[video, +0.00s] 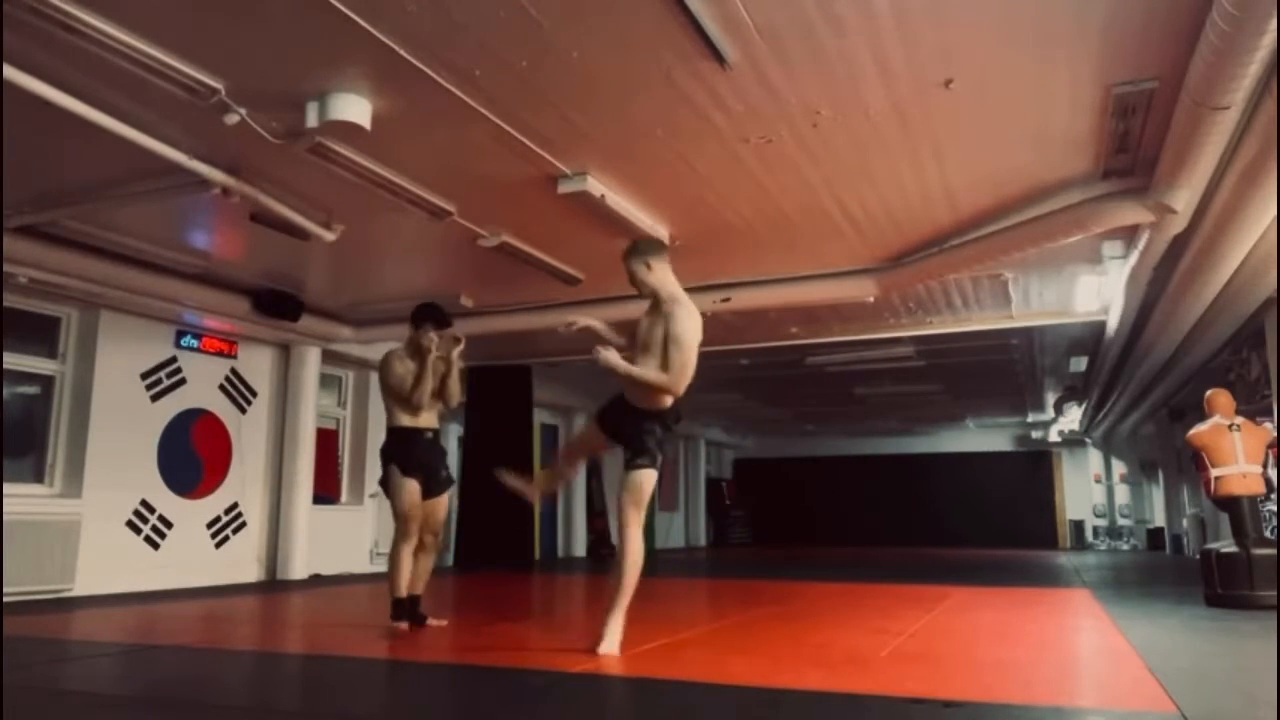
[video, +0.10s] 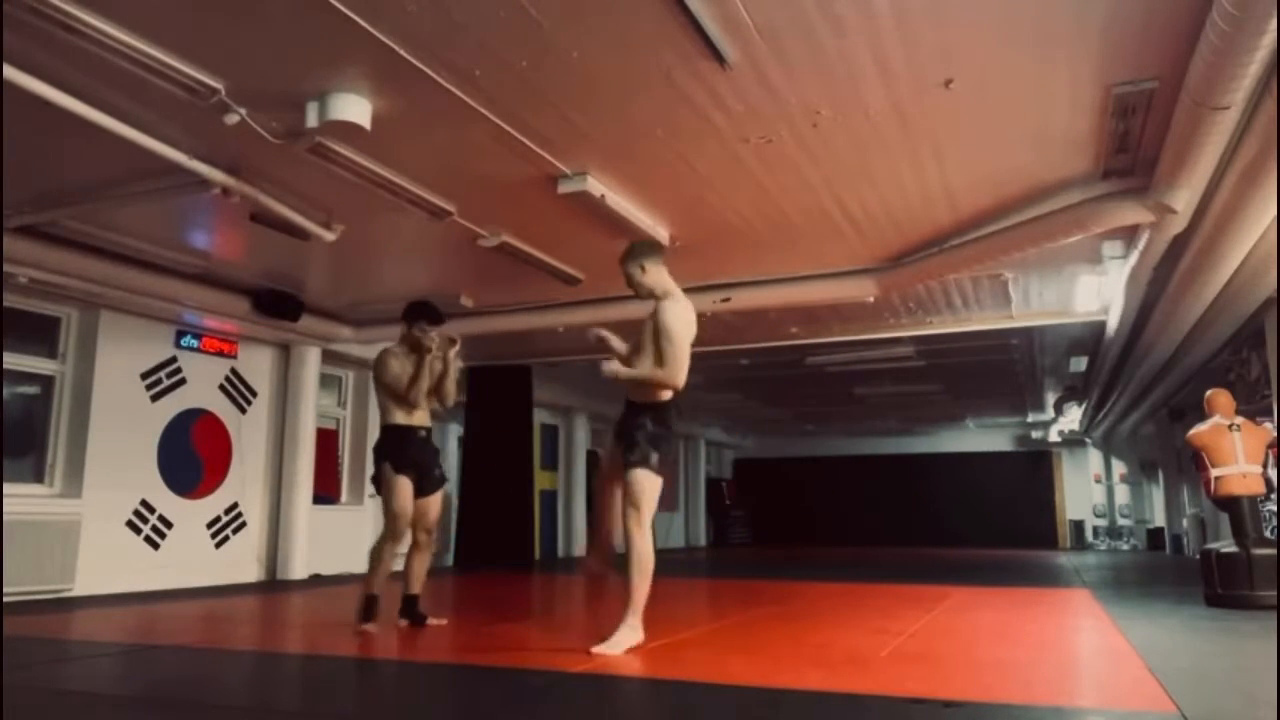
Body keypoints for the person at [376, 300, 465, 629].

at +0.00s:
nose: (435, 339)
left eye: (440, 334)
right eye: (431, 332)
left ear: (443, 336)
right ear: (415, 329)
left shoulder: (439, 363)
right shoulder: (394, 360)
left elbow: (452, 400)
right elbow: (415, 401)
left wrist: (453, 358)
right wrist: (428, 358)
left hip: (433, 448)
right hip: (402, 446)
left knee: (432, 534)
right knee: (408, 529)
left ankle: (415, 604)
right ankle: (399, 606)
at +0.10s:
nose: (430, 337)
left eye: (433, 332)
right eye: (424, 330)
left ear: (435, 333)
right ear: (408, 327)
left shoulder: (431, 359)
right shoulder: (388, 358)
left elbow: (447, 399)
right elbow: (411, 398)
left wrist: (450, 360)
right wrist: (426, 356)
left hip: (425, 445)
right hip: (396, 443)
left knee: (426, 532)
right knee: (398, 526)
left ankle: (412, 604)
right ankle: (371, 598)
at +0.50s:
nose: (401, 333)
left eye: (406, 328)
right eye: (396, 325)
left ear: (409, 332)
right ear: (378, 323)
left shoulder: (405, 365)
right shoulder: (354, 355)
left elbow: (414, 414)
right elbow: (362, 400)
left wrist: (426, 381)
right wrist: (384, 360)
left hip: (394, 446)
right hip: (360, 444)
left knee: (414, 531)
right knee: (348, 531)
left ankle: (410, 607)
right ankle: (327, 614)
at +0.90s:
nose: (425, 335)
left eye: (429, 331)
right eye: (420, 327)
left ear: (429, 334)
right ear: (399, 325)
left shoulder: (420, 368)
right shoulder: (376, 358)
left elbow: (425, 419)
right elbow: (387, 402)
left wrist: (445, 390)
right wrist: (416, 362)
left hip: (409, 453)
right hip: (375, 451)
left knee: (442, 528)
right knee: (351, 536)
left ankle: (452, 605)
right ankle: (326, 614)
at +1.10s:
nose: (459, 337)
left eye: (462, 332)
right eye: (453, 329)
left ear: (462, 335)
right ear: (433, 329)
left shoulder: (453, 367)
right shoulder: (416, 361)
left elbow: (455, 420)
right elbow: (427, 404)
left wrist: (478, 398)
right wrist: (458, 368)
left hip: (447, 453)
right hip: (413, 450)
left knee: (466, 531)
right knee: (386, 529)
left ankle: (459, 609)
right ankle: (338, 591)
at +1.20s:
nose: (471, 335)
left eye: (473, 329)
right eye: (465, 327)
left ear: (472, 332)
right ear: (446, 326)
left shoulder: (462, 366)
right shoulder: (430, 358)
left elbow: (463, 419)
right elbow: (443, 401)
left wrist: (489, 393)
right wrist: (472, 369)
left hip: (457, 446)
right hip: (428, 441)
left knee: (471, 529)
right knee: (424, 505)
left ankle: (459, 609)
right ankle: (370, 560)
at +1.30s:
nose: (476, 333)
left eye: (479, 328)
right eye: (472, 326)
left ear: (475, 331)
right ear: (452, 325)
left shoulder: (466, 364)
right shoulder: (441, 355)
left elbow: (471, 414)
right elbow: (447, 401)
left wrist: (494, 386)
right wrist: (481, 371)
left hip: (465, 440)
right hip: (442, 434)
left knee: (475, 530)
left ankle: (461, 608)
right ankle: (402, 539)